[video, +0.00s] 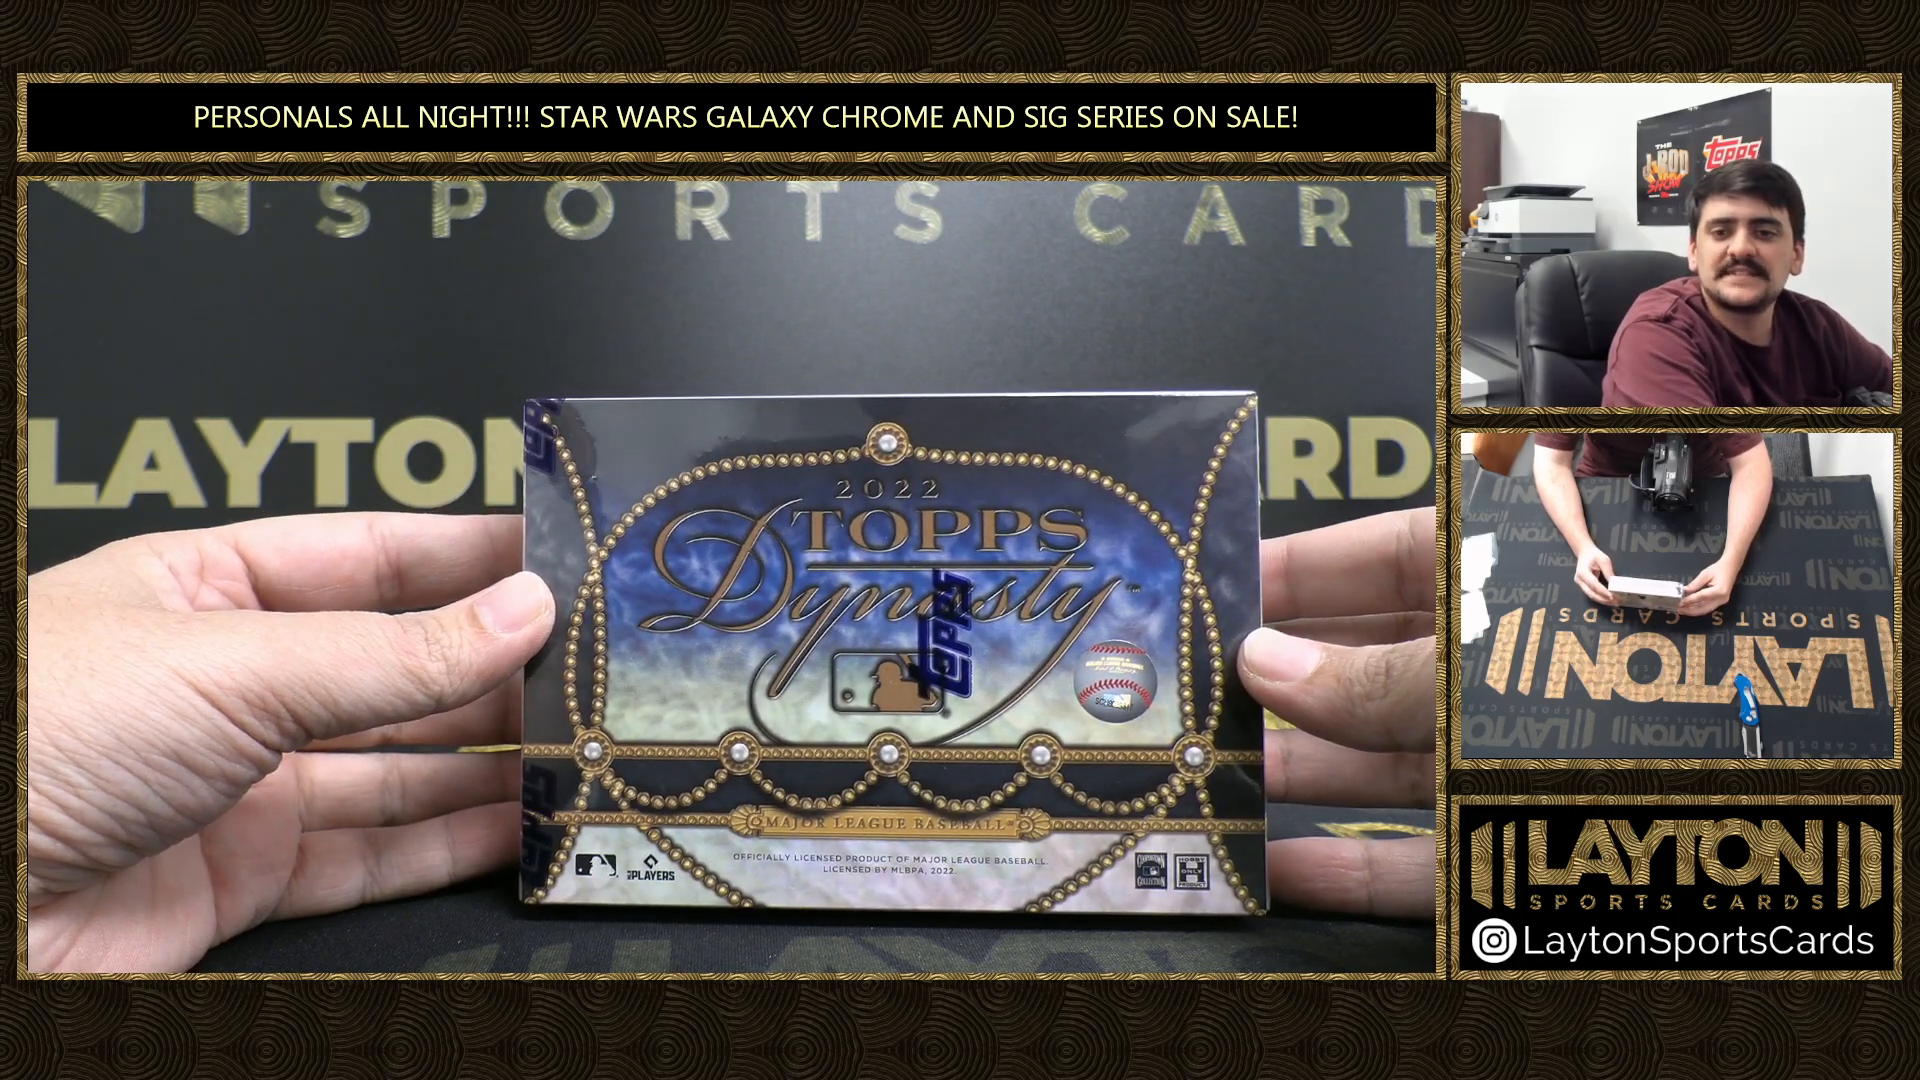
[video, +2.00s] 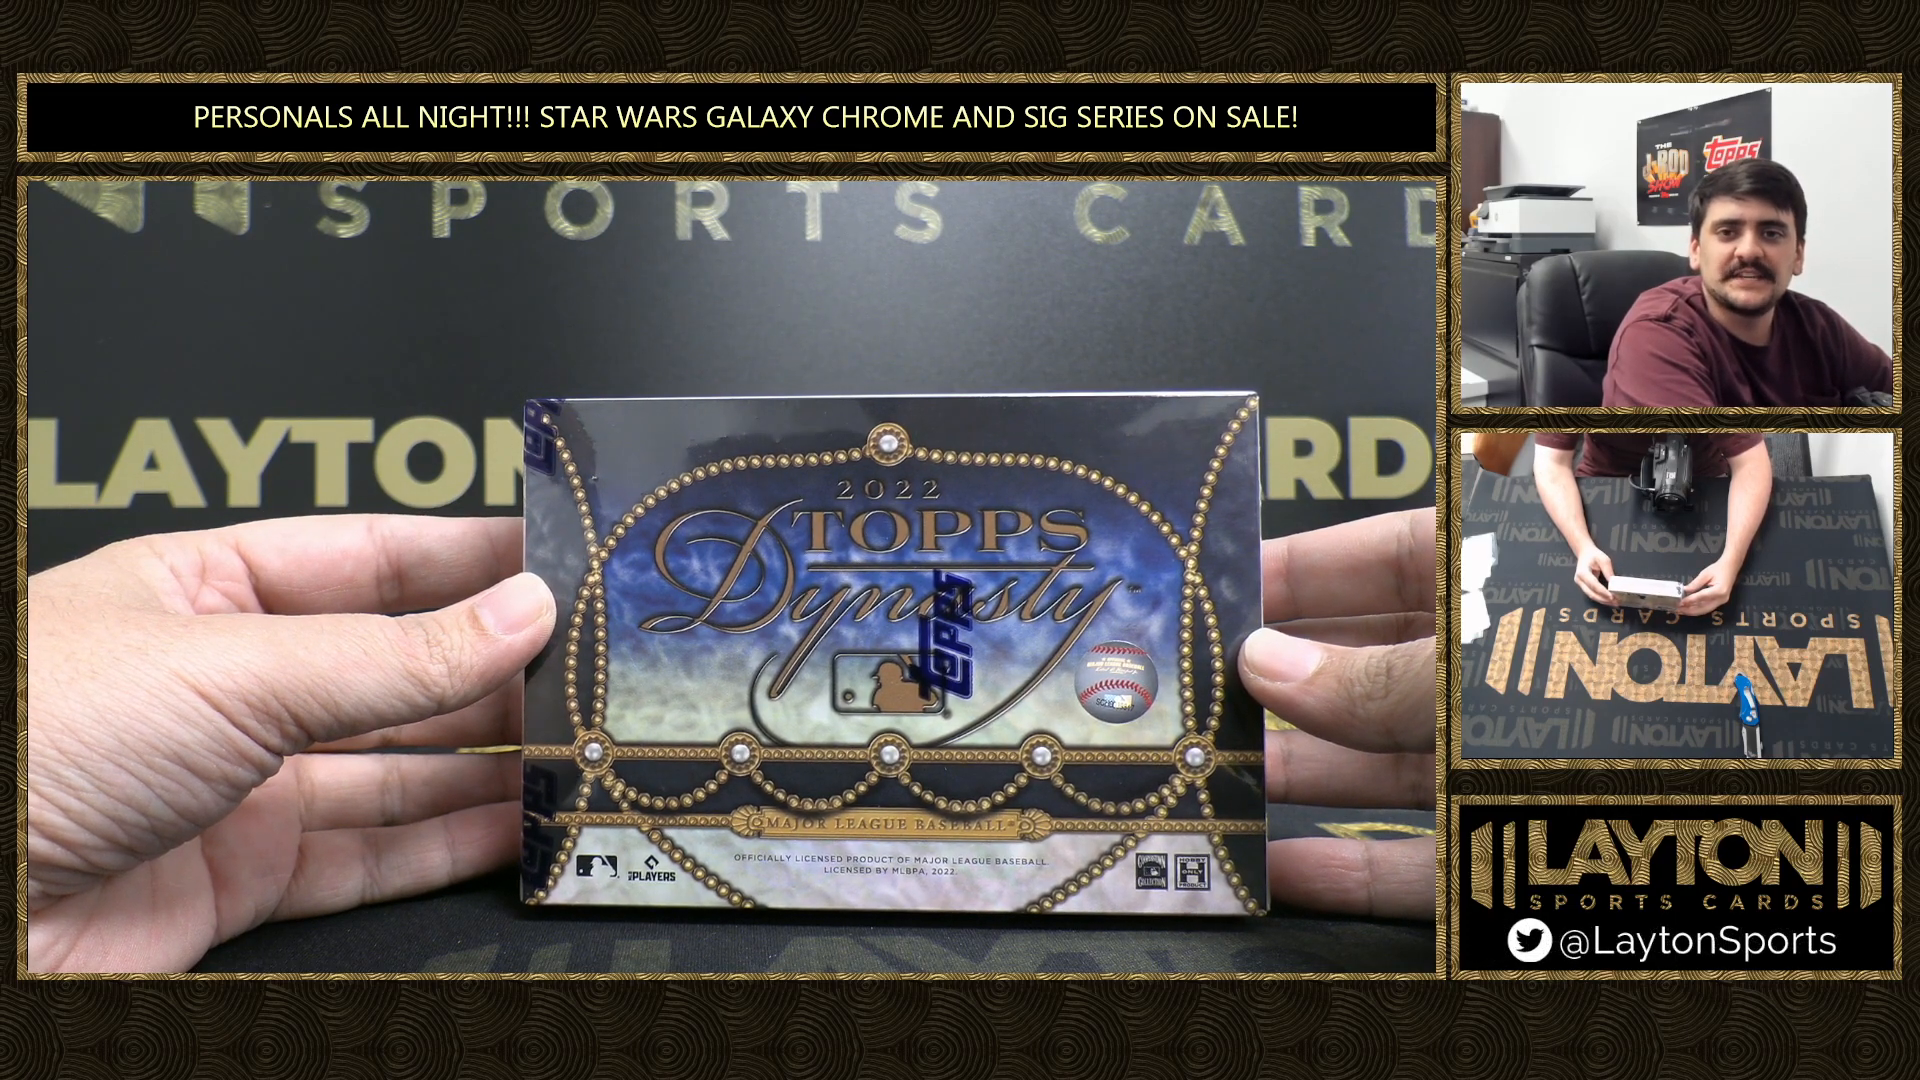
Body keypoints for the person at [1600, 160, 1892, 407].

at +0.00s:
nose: (1741, 248)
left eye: (1764, 233)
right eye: (1721, 231)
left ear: (1796, 255)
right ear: (1693, 252)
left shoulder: (1818, 328)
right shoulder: (1657, 332)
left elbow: (1896, 388)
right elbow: (1747, 462)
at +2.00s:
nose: (1749, 251)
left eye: (1771, 234)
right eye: (1728, 232)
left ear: (1799, 255)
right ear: (1695, 250)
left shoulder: (1818, 329)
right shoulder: (1656, 332)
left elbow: (1896, 388)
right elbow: (1746, 460)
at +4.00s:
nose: (1777, 253)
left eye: (1794, 235)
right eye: (1753, 234)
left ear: (1808, 248)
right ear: (1706, 248)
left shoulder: (1820, 328)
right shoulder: (1665, 334)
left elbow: (1897, 388)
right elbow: (1748, 459)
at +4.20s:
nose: (1806, 257)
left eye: (1815, 237)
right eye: (1779, 237)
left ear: (1822, 239)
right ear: (1716, 250)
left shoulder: (1829, 328)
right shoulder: (1673, 339)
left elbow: (1901, 383)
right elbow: (1759, 467)